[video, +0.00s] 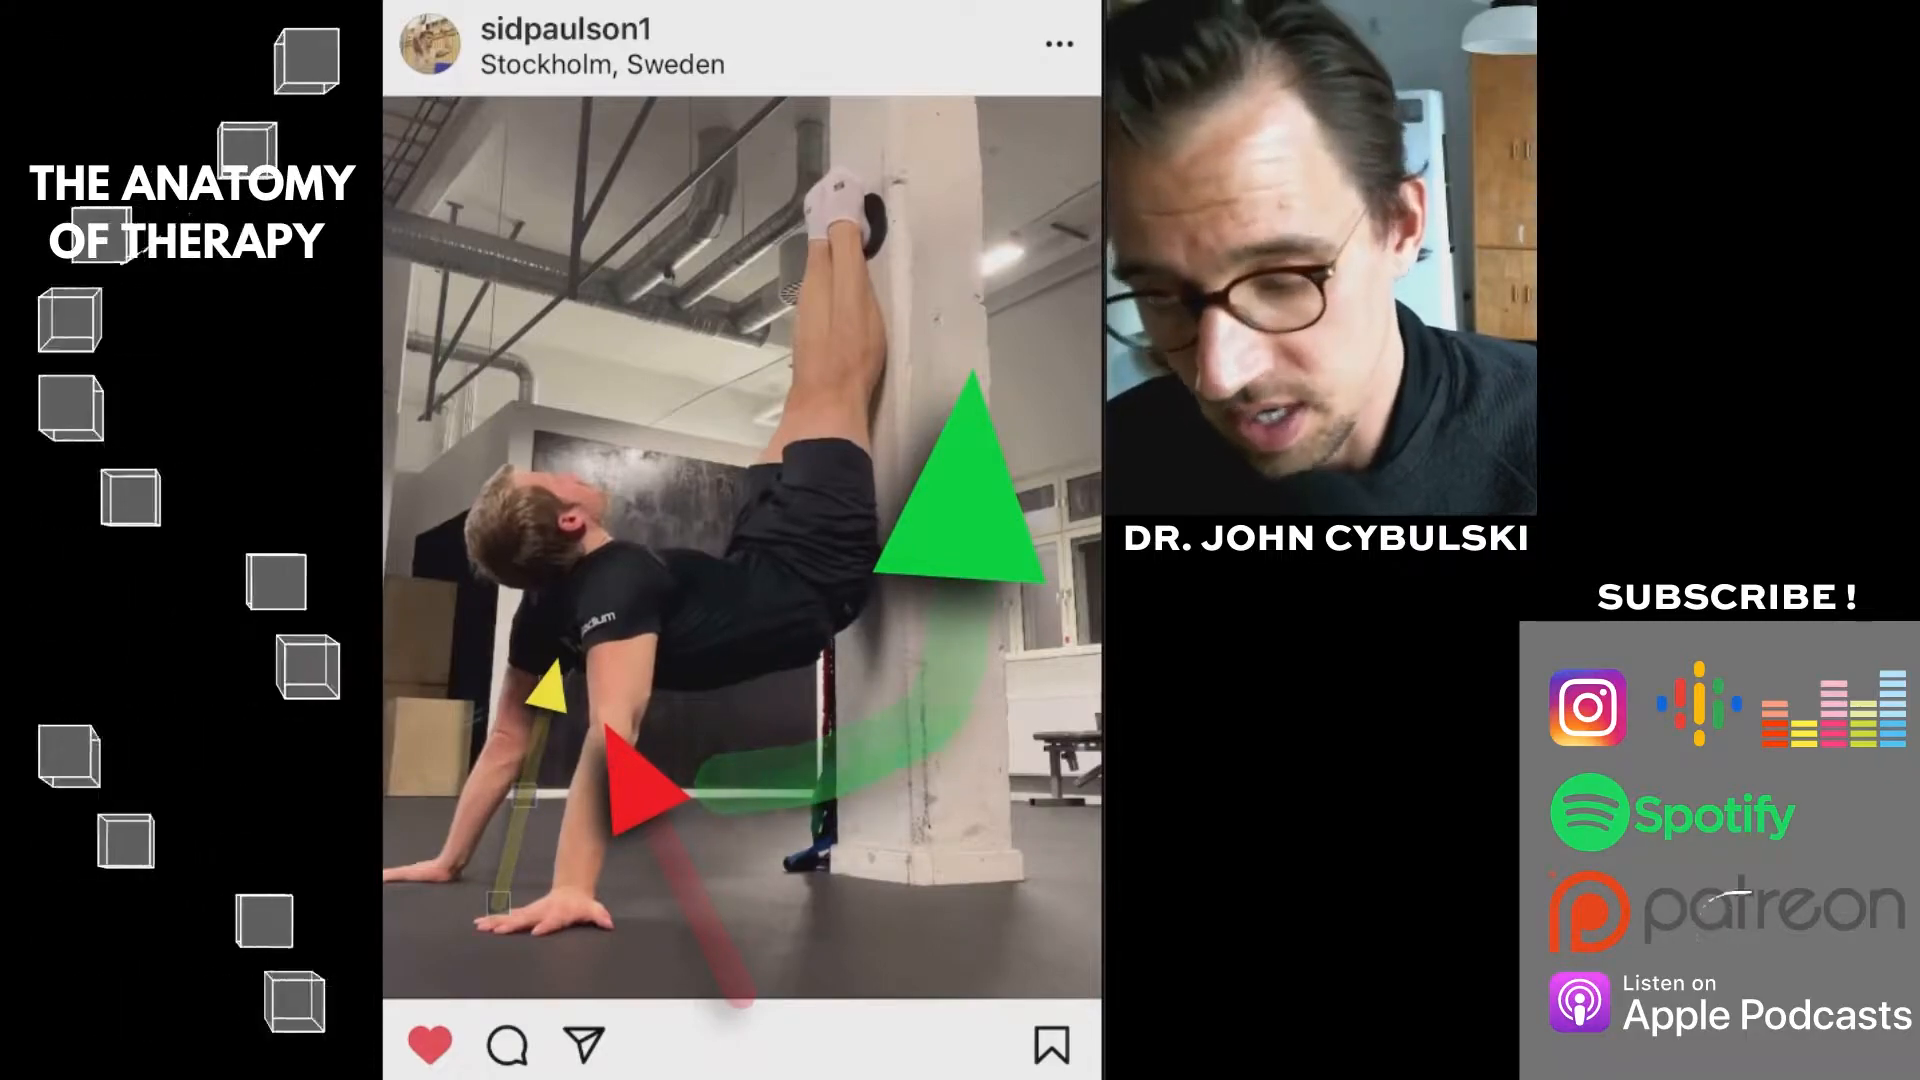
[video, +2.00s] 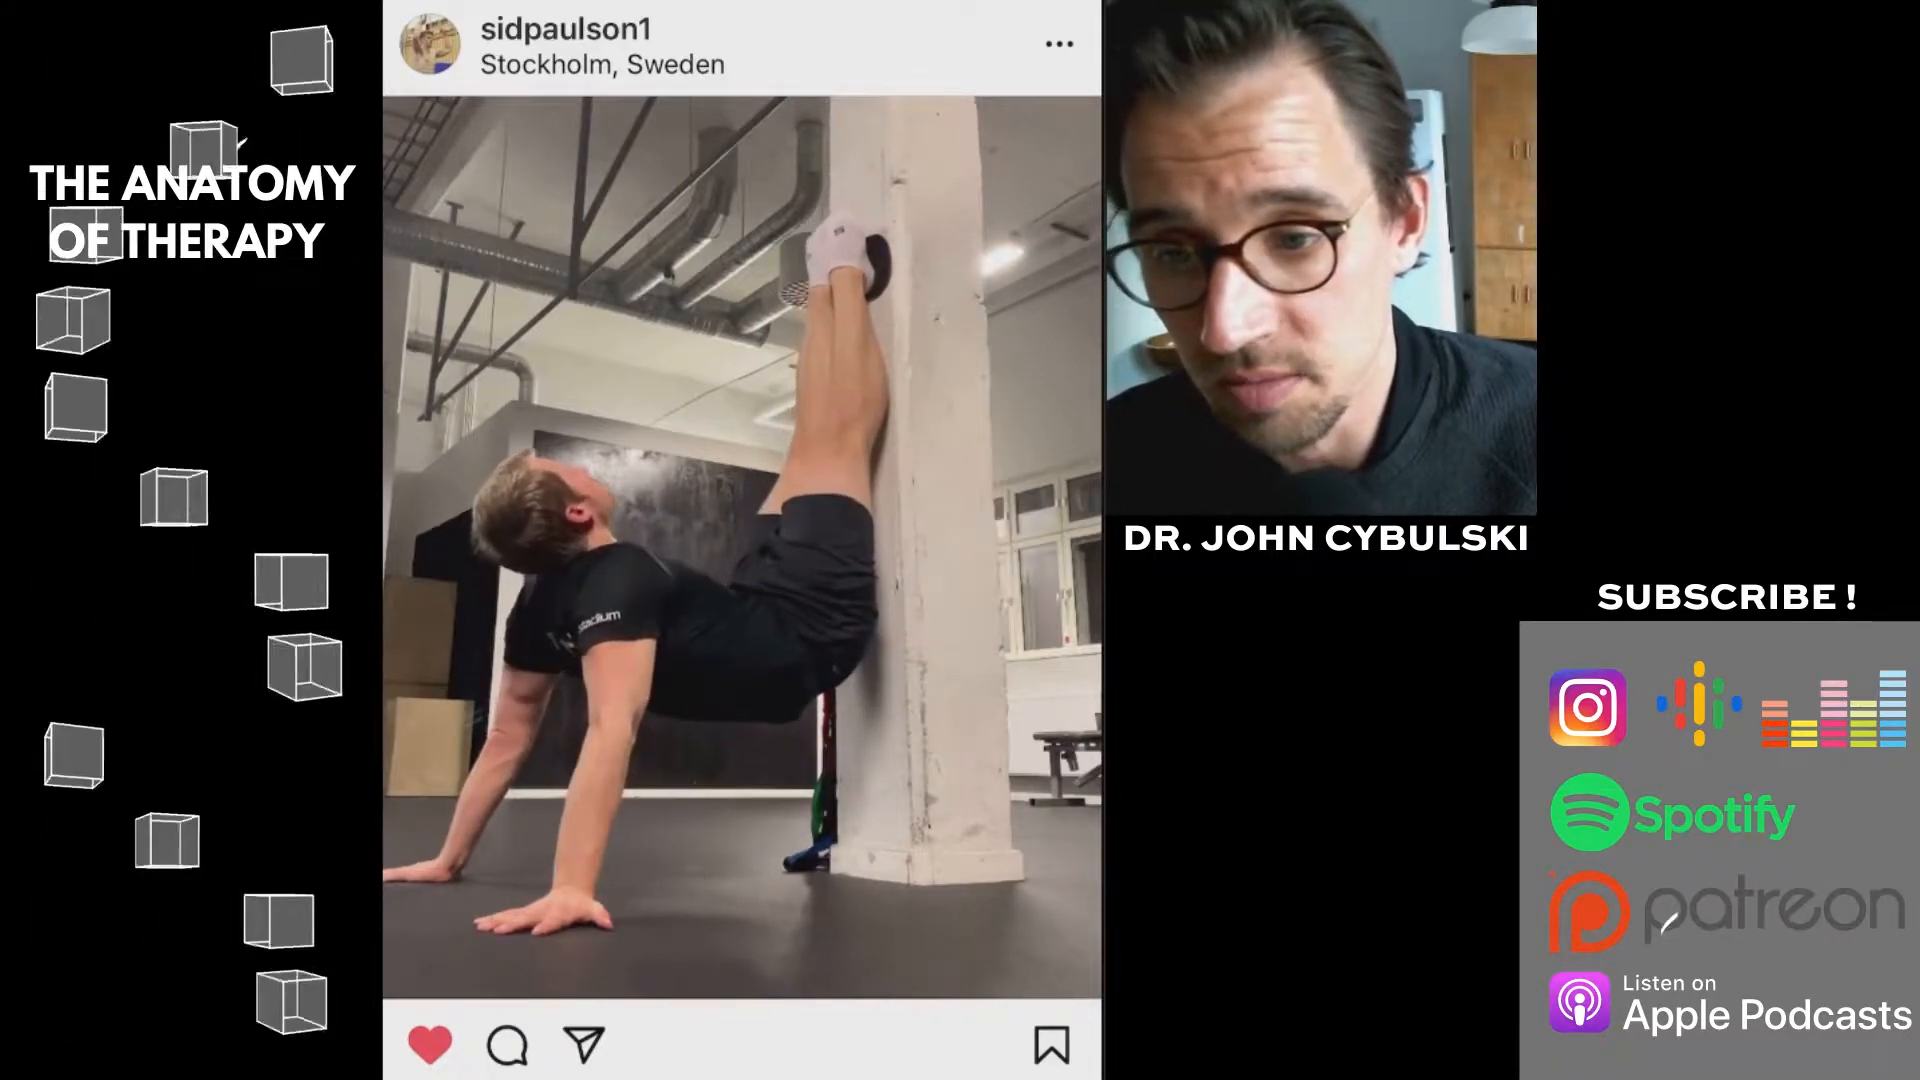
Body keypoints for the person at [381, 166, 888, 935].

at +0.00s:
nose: (569, 475)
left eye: (549, 471)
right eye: (558, 479)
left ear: (546, 547)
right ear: (570, 521)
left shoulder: (540, 608)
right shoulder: (616, 580)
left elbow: (505, 744)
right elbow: (609, 734)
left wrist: (448, 859)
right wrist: (574, 886)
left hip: (762, 578)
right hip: (810, 580)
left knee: (812, 389)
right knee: (839, 380)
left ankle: (828, 238)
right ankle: (844, 230)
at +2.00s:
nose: (580, 466)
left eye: (562, 464)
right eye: (567, 471)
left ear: (533, 545)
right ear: (575, 512)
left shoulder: (536, 611)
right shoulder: (617, 579)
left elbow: (507, 740)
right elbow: (609, 731)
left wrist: (448, 860)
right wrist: (572, 887)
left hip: (759, 633)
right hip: (807, 627)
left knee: (814, 434)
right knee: (844, 429)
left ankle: (825, 293)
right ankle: (845, 278)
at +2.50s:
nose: (589, 468)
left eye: (570, 463)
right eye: (578, 470)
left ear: (533, 546)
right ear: (584, 510)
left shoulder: (535, 608)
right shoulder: (615, 581)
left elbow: (506, 744)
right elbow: (609, 732)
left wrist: (448, 859)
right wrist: (572, 887)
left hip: (758, 666)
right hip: (803, 658)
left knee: (809, 467)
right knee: (846, 453)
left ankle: (826, 305)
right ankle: (845, 296)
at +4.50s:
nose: (616, 465)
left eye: (605, 457)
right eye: (606, 461)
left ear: (541, 525)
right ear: (600, 498)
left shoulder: (532, 606)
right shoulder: (622, 578)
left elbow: (508, 741)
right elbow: (612, 731)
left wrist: (449, 859)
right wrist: (572, 887)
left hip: (719, 763)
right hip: (780, 723)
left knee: (800, 523)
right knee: (838, 514)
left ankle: (826, 362)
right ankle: (848, 362)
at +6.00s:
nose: (624, 456)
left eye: (612, 447)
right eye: (612, 450)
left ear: (541, 507)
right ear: (599, 481)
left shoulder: (527, 606)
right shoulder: (618, 575)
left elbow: (507, 745)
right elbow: (611, 729)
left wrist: (449, 859)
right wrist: (572, 886)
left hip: (697, 779)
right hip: (767, 757)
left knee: (787, 557)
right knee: (826, 547)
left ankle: (825, 393)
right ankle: (847, 385)